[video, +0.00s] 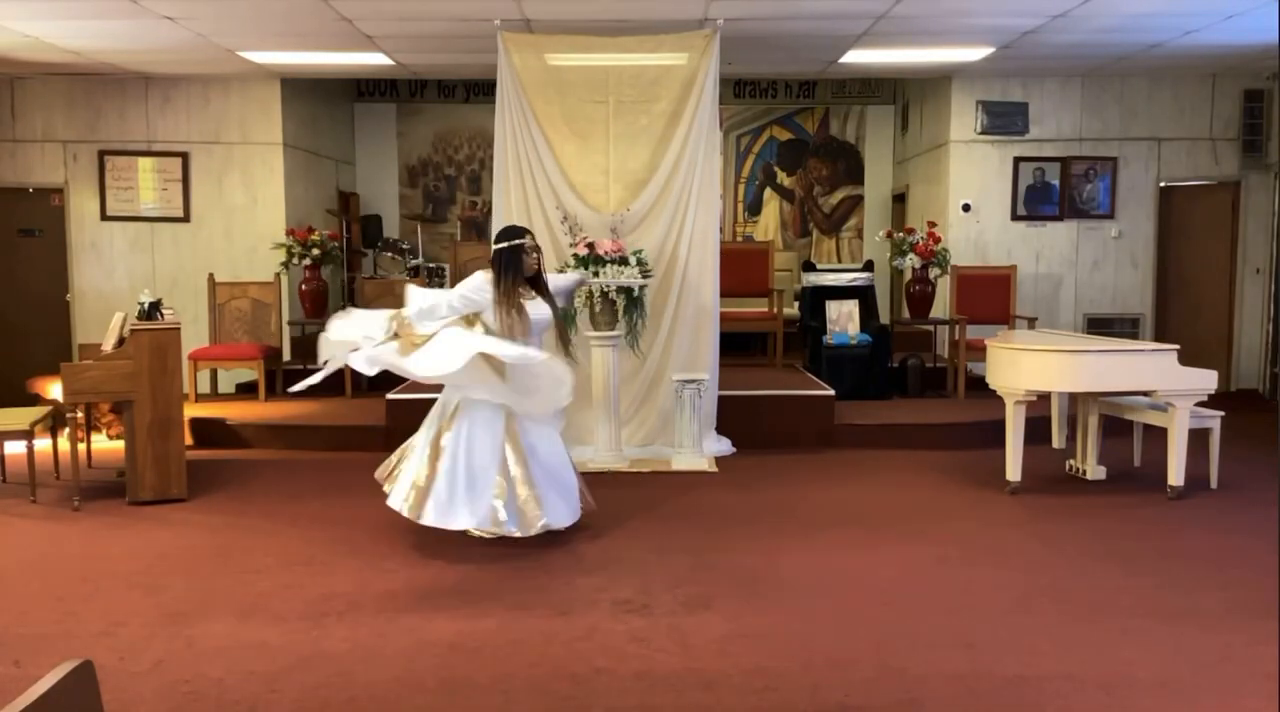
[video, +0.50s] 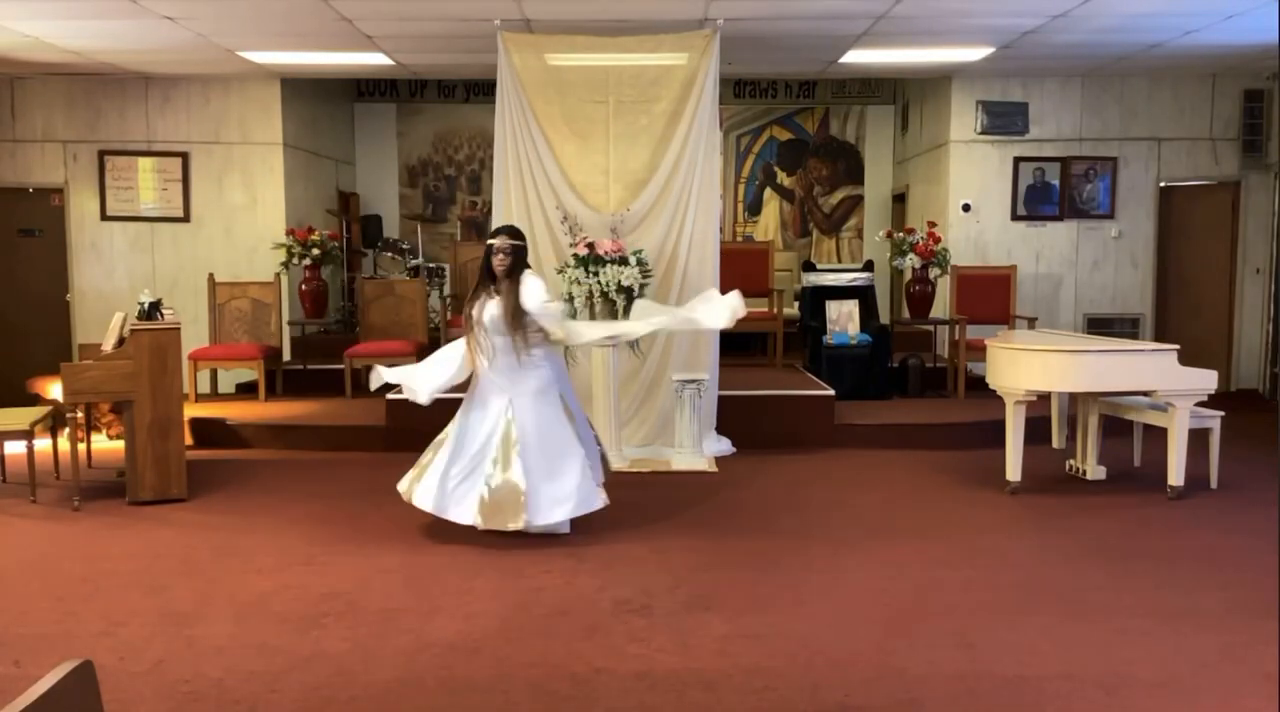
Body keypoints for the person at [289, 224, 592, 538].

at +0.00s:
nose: (536, 256)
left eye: (535, 250)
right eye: (530, 251)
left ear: (521, 255)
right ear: (513, 256)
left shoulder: (534, 286)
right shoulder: (485, 284)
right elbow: (443, 305)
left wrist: (586, 275)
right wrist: (402, 316)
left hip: (527, 383)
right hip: (488, 384)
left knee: (534, 446)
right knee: (485, 447)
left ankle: (537, 515)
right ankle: (484, 517)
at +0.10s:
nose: (535, 255)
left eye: (536, 249)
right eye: (527, 251)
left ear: (539, 254)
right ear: (508, 257)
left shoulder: (546, 287)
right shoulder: (486, 288)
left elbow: (584, 285)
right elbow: (446, 310)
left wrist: (615, 281)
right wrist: (407, 330)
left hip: (536, 387)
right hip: (494, 387)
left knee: (540, 451)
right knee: (488, 453)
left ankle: (545, 516)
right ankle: (491, 520)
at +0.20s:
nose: (531, 257)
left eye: (535, 251)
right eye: (523, 252)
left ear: (540, 254)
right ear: (506, 256)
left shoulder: (551, 285)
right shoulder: (489, 285)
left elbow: (590, 286)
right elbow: (454, 314)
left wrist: (632, 284)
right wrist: (418, 330)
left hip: (540, 380)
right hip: (497, 381)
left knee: (540, 447)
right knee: (497, 449)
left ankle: (544, 511)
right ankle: (493, 517)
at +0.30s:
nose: (523, 257)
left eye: (528, 251)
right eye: (516, 252)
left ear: (537, 256)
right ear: (503, 257)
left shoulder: (549, 287)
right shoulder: (491, 291)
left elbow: (589, 290)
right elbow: (454, 323)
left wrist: (634, 290)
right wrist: (423, 355)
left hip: (541, 385)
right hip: (495, 385)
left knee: (544, 450)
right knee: (487, 449)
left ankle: (550, 518)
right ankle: (486, 517)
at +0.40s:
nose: (513, 258)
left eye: (520, 252)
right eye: (506, 252)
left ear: (530, 257)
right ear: (496, 258)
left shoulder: (545, 292)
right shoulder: (484, 306)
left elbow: (595, 302)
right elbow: (454, 348)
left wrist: (639, 305)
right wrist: (412, 370)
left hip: (543, 388)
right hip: (499, 390)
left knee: (550, 452)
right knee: (497, 453)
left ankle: (554, 520)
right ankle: (496, 521)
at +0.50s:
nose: (500, 259)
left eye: (508, 252)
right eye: (494, 252)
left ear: (520, 256)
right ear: (487, 258)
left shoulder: (530, 286)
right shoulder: (482, 300)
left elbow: (557, 324)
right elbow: (468, 350)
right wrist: (423, 375)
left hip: (535, 376)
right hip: (496, 380)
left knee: (538, 443)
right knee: (493, 443)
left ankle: (550, 515)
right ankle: (498, 513)